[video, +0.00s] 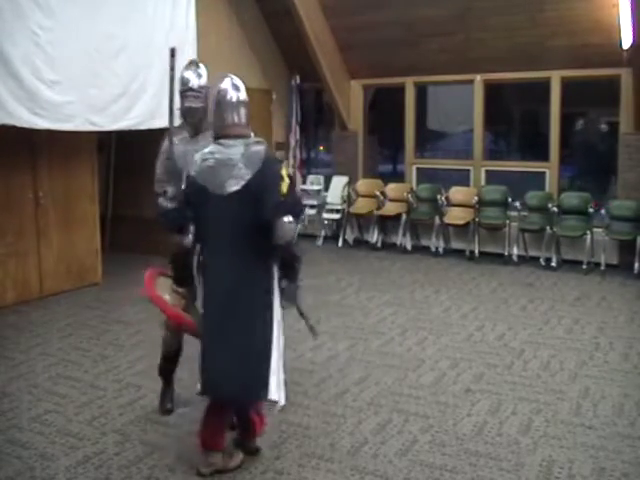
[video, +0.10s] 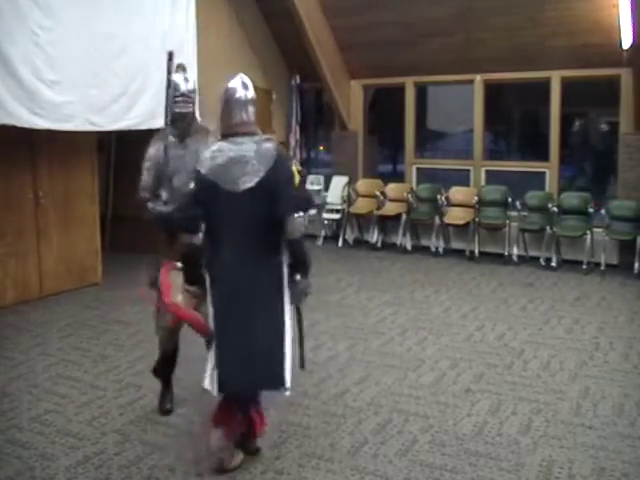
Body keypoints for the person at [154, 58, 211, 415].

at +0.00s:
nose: (192, 102)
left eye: (198, 95)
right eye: (187, 95)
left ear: (210, 100)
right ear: (179, 99)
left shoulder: (221, 142)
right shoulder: (171, 143)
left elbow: (233, 183)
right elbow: (164, 188)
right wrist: (176, 212)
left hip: (219, 231)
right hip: (184, 232)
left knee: (216, 307)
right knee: (179, 305)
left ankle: (216, 377)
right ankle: (167, 383)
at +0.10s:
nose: (182, 108)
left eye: (187, 102)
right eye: (177, 102)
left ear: (195, 105)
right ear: (170, 107)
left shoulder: (209, 142)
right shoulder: (158, 145)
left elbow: (219, 182)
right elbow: (146, 192)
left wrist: (205, 210)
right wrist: (166, 214)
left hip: (206, 229)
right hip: (170, 231)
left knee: (205, 296)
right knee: (169, 302)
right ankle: (166, 382)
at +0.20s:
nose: (173, 108)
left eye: (178, 102)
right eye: (167, 102)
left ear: (185, 104)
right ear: (158, 105)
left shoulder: (200, 143)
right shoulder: (147, 146)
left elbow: (214, 188)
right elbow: (131, 197)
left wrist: (201, 217)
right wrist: (157, 215)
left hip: (200, 240)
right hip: (162, 241)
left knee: (204, 312)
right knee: (162, 317)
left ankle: (220, 379)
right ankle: (165, 388)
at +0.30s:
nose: (164, 104)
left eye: (169, 98)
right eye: (158, 98)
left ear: (177, 99)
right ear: (149, 101)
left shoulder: (190, 136)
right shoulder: (139, 143)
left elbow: (208, 180)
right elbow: (122, 194)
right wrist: (146, 211)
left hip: (198, 235)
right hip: (159, 239)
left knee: (204, 312)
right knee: (159, 318)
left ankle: (213, 385)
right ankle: (165, 387)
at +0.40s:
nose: (160, 102)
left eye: (164, 95)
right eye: (154, 96)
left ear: (170, 98)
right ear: (144, 99)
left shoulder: (181, 135)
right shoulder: (134, 140)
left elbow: (195, 185)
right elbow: (116, 193)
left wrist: (199, 227)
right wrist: (144, 210)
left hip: (186, 237)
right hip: (151, 240)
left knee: (194, 308)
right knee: (157, 317)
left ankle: (184, 367)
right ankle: (165, 386)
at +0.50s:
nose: (156, 102)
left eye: (160, 96)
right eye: (149, 96)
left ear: (166, 98)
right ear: (138, 98)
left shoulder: (174, 136)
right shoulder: (128, 140)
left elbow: (191, 185)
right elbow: (111, 194)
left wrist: (198, 224)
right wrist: (138, 206)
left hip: (179, 236)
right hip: (145, 239)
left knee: (182, 311)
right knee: (155, 320)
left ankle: (151, 345)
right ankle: (165, 386)